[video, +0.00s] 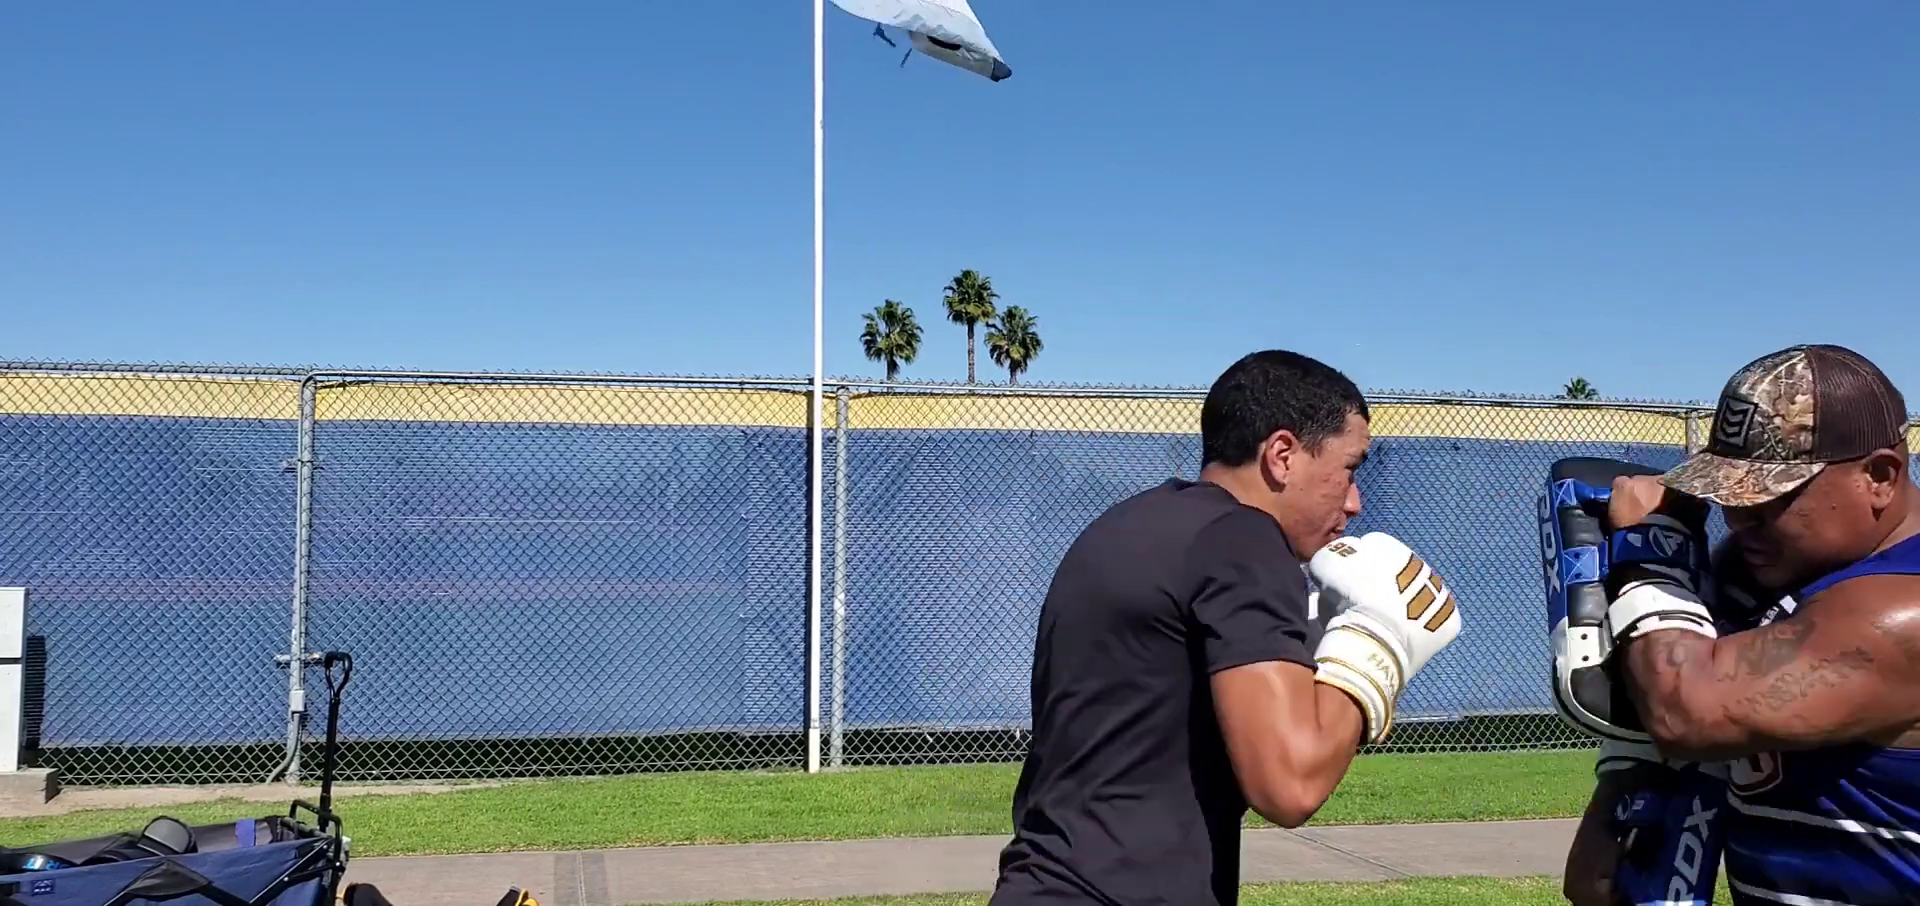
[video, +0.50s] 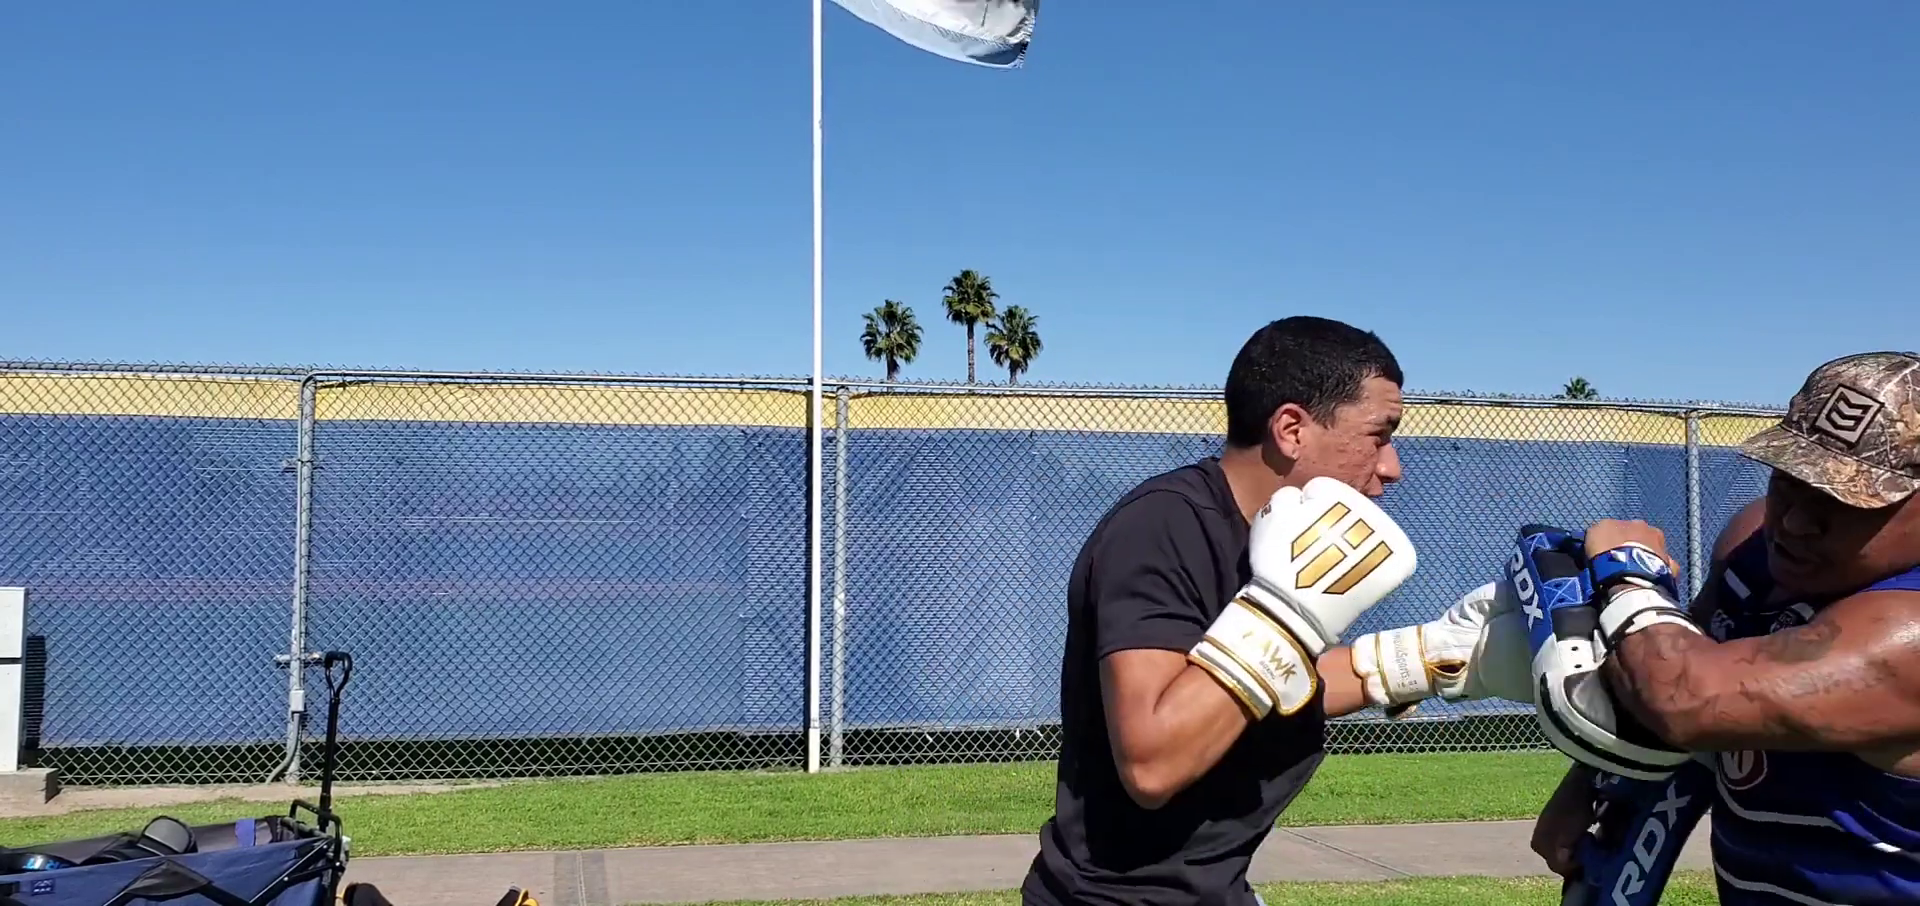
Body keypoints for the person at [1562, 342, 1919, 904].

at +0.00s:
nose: (1740, 519)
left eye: (1770, 498)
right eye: (1734, 495)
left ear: (1881, 480)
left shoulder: (1899, 615)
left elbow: (1687, 708)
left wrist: (1647, 545)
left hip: (1874, 888)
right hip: (1764, 886)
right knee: (1599, 875)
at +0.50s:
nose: (1796, 520)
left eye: (1841, 501)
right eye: (1790, 480)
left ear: (1914, 510)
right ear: (1775, 463)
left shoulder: (1902, 634)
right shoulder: (1755, 535)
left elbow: (1684, 701)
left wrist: (1629, 576)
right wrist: (1584, 784)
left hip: (1882, 892)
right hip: (1751, 885)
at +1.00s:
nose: (1843, 435)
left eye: (1874, 408)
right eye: (1841, 412)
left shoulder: (1911, 559)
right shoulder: (1896, 557)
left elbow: (1899, 716)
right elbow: (1783, 641)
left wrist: (1708, 767)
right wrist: (1795, 472)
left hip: (1902, 888)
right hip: (1872, 885)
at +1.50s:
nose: (1812, 490)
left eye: (1836, 458)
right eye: (1807, 461)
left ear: (1917, 443)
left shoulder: (1911, 591)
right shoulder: (1856, 573)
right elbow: (1765, 708)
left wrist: (1823, 847)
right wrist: (1731, 591)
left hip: (1902, 876)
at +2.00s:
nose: (1701, 535)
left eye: (1719, 504)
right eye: (1692, 512)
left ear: (1817, 480)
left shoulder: (1905, 582)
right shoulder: (1770, 596)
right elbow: (1728, 751)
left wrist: (1910, 884)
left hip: (1899, 890)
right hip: (1830, 889)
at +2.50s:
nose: (1689, 507)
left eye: (1706, 477)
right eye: (1679, 490)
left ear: (1782, 449)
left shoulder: (1900, 534)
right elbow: (1624, 656)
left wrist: (1866, 871)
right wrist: (1703, 541)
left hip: (1892, 875)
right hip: (1789, 867)